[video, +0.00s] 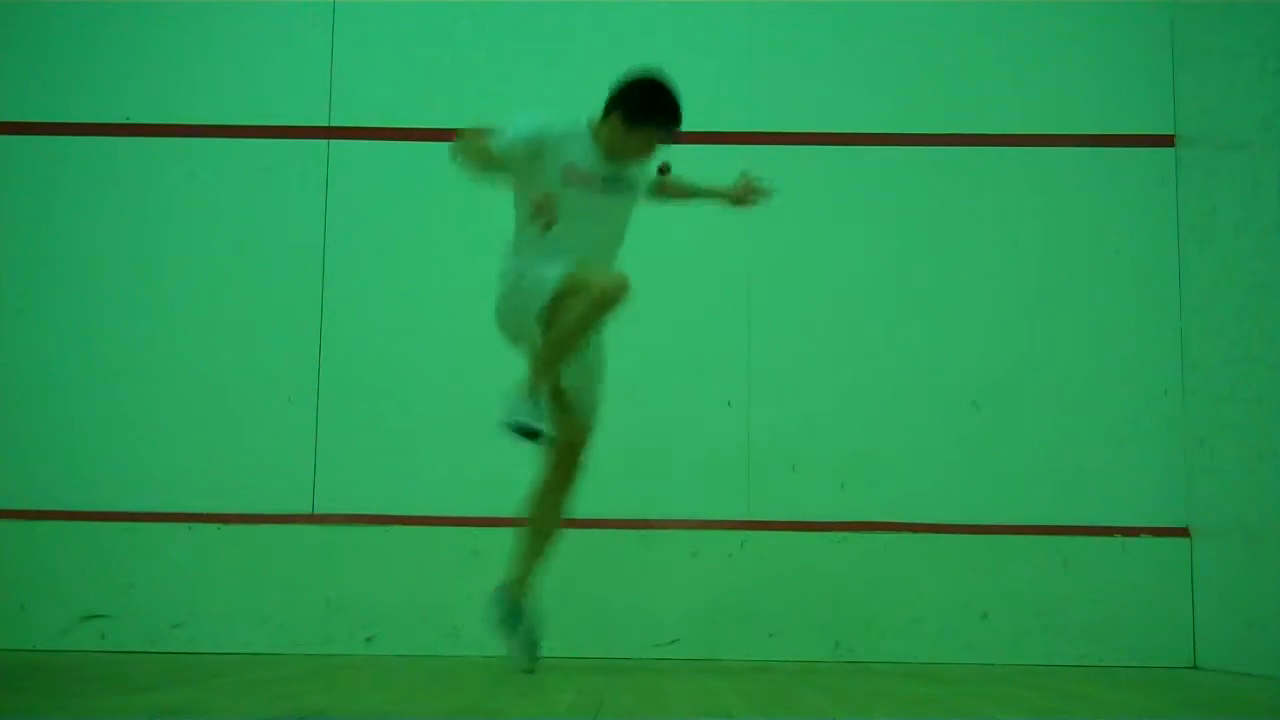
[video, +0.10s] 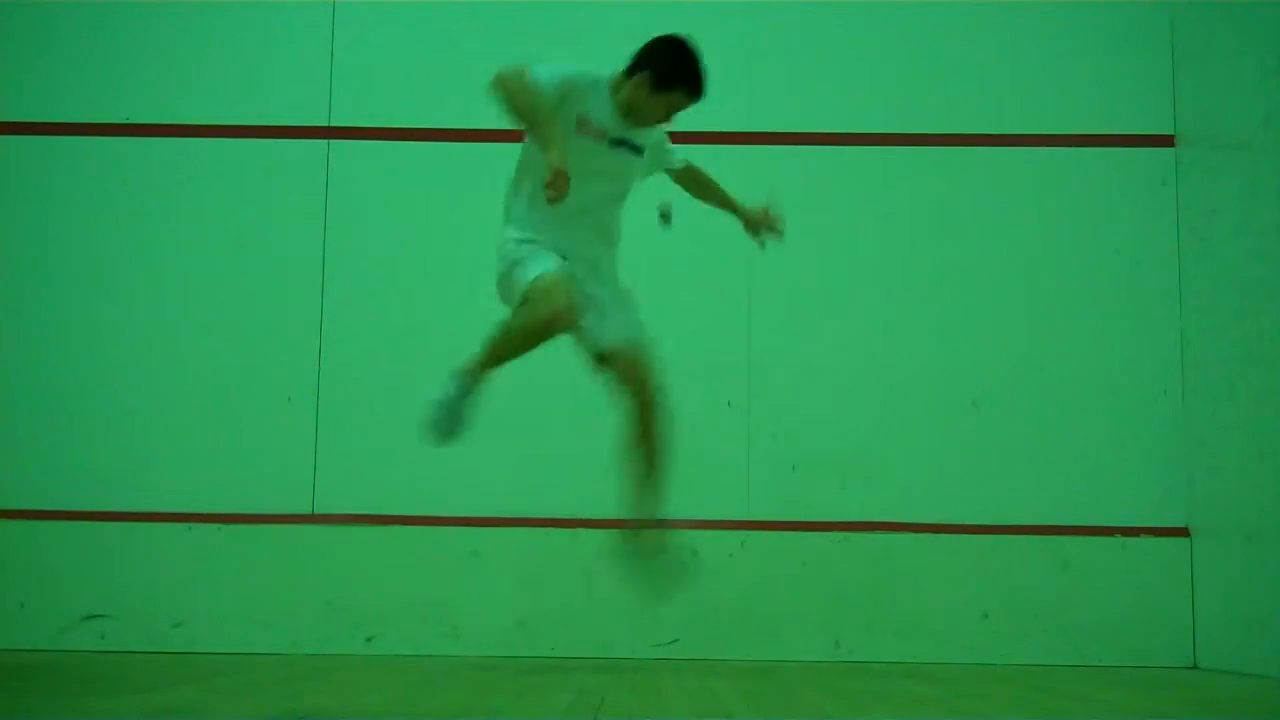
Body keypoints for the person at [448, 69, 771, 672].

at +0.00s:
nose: (645, 151)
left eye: (652, 145)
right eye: (641, 140)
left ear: (652, 140)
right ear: (613, 119)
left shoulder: (636, 166)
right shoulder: (552, 143)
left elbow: (660, 186)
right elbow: (469, 153)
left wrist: (724, 194)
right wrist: (520, 183)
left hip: (581, 314)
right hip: (525, 296)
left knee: (570, 444)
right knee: (607, 283)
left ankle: (516, 589)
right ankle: (533, 396)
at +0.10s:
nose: (668, 120)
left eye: (675, 113)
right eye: (669, 108)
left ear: (655, 92)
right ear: (642, 82)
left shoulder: (651, 140)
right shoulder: (578, 91)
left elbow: (686, 174)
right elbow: (509, 83)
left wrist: (742, 212)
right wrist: (554, 154)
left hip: (594, 272)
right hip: (531, 246)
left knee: (644, 385)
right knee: (555, 309)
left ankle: (644, 522)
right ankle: (466, 381)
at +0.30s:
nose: (718, 157)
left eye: (727, 151)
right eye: (720, 145)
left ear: (705, 127)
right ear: (697, 118)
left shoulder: (681, 174)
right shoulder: (626, 114)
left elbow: (667, 207)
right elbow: (550, 109)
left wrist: (690, 235)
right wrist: (512, 175)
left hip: (617, 284)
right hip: (554, 281)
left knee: (663, 346)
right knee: (541, 427)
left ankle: (632, 461)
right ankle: (527, 532)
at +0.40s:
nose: (728, 190)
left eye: (736, 183)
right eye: (728, 177)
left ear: (715, 164)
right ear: (701, 152)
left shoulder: (697, 206)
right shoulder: (626, 160)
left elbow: (680, 251)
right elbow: (563, 191)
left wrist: (678, 282)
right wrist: (549, 274)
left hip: (634, 344)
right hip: (567, 337)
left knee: (641, 476)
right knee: (577, 503)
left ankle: (637, 628)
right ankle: (644, 600)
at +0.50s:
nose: (722, 244)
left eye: (730, 235)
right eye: (722, 230)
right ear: (694, 205)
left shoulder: (691, 281)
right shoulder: (619, 219)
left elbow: (689, 346)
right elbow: (571, 265)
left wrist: (697, 405)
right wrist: (581, 337)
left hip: (646, 401)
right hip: (581, 401)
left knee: (642, 495)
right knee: (580, 523)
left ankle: (634, 634)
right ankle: (677, 583)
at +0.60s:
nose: (712, 253)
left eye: (721, 246)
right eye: (712, 240)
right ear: (682, 216)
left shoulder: (694, 288)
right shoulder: (620, 216)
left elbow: (725, 355)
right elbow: (558, 222)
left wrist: (763, 425)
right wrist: (591, 291)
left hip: (643, 400)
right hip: (578, 397)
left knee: (647, 483)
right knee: (570, 490)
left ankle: (637, 630)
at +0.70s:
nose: (695, 244)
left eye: (704, 238)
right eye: (692, 232)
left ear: (710, 231)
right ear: (666, 209)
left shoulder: (701, 272)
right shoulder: (607, 206)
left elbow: (743, 325)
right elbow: (522, 170)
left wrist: (790, 385)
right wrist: (529, 247)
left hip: (644, 385)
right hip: (577, 383)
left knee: (671, 476)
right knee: (599, 494)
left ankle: (659, 609)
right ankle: (639, 501)